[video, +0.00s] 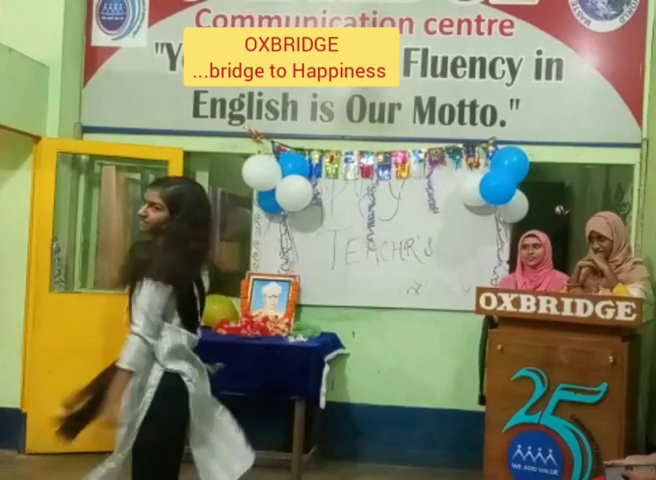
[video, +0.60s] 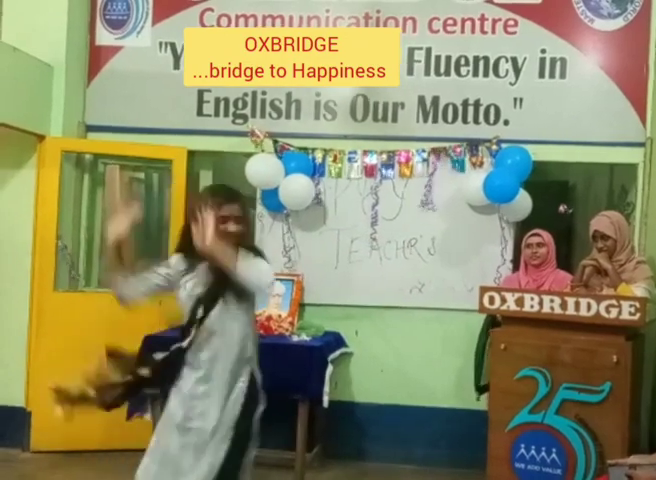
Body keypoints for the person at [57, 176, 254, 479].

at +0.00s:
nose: (142, 212)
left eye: (154, 207)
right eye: (145, 204)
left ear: (178, 216)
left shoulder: (163, 263)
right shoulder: (191, 262)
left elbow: (141, 336)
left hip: (164, 386)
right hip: (183, 383)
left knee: (150, 470)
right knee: (161, 468)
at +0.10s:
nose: (145, 213)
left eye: (157, 208)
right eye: (145, 204)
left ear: (181, 217)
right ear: (142, 203)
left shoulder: (174, 258)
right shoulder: (164, 255)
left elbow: (167, 337)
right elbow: (164, 335)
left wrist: (147, 404)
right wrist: (147, 400)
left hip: (167, 386)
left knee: (156, 471)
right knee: (151, 470)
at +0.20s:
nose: (150, 214)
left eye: (163, 208)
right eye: (148, 205)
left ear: (185, 216)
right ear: (141, 206)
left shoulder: (192, 263)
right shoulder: (150, 258)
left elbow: (207, 330)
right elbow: (154, 325)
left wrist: (169, 385)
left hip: (177, 389)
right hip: (145, 382)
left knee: (159, 471)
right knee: (135, 466)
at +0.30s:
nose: (162, 214)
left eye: (173, 208)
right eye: (156, 205)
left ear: (193, 215)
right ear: (148, 206)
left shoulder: (206, 259)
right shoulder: (146, 254)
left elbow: (251, 301)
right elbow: (120, 291)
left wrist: (209, 333)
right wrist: (113, 317)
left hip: (189, 382)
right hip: (150, 377)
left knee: (165, 468)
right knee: (143, 462)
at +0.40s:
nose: (179, 216)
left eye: (190, 209)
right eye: (171, 206)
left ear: (205, 214)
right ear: (160, 207)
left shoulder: (218, 260)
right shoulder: (152, 255)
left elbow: (278, 269)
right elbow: (107, 266)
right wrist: (98, 289)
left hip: (204, 378)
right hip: (162, 374)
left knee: (174, 468)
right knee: (139, 459)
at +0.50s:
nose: (203, 227)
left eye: (210, 220)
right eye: (194, 219)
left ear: (221, 225)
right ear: (176, 223)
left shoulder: (232, 268)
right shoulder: (164, 266)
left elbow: (271, 249)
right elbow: (117, 265)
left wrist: (220, 226)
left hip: (220, 384)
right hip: (176, 381)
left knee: (188, 469)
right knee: (149, 464)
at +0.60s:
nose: (232, 228)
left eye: (238, 220)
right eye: (223, 220)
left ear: (246, 224)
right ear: (200, 223)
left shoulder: (250, 263)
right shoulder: (186, 264)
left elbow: (261, 282)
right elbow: (128, 292)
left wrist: (213, 247)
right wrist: (115, 243)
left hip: (235, 391)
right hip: (190, 388)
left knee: (216, 471)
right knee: (160, 468)